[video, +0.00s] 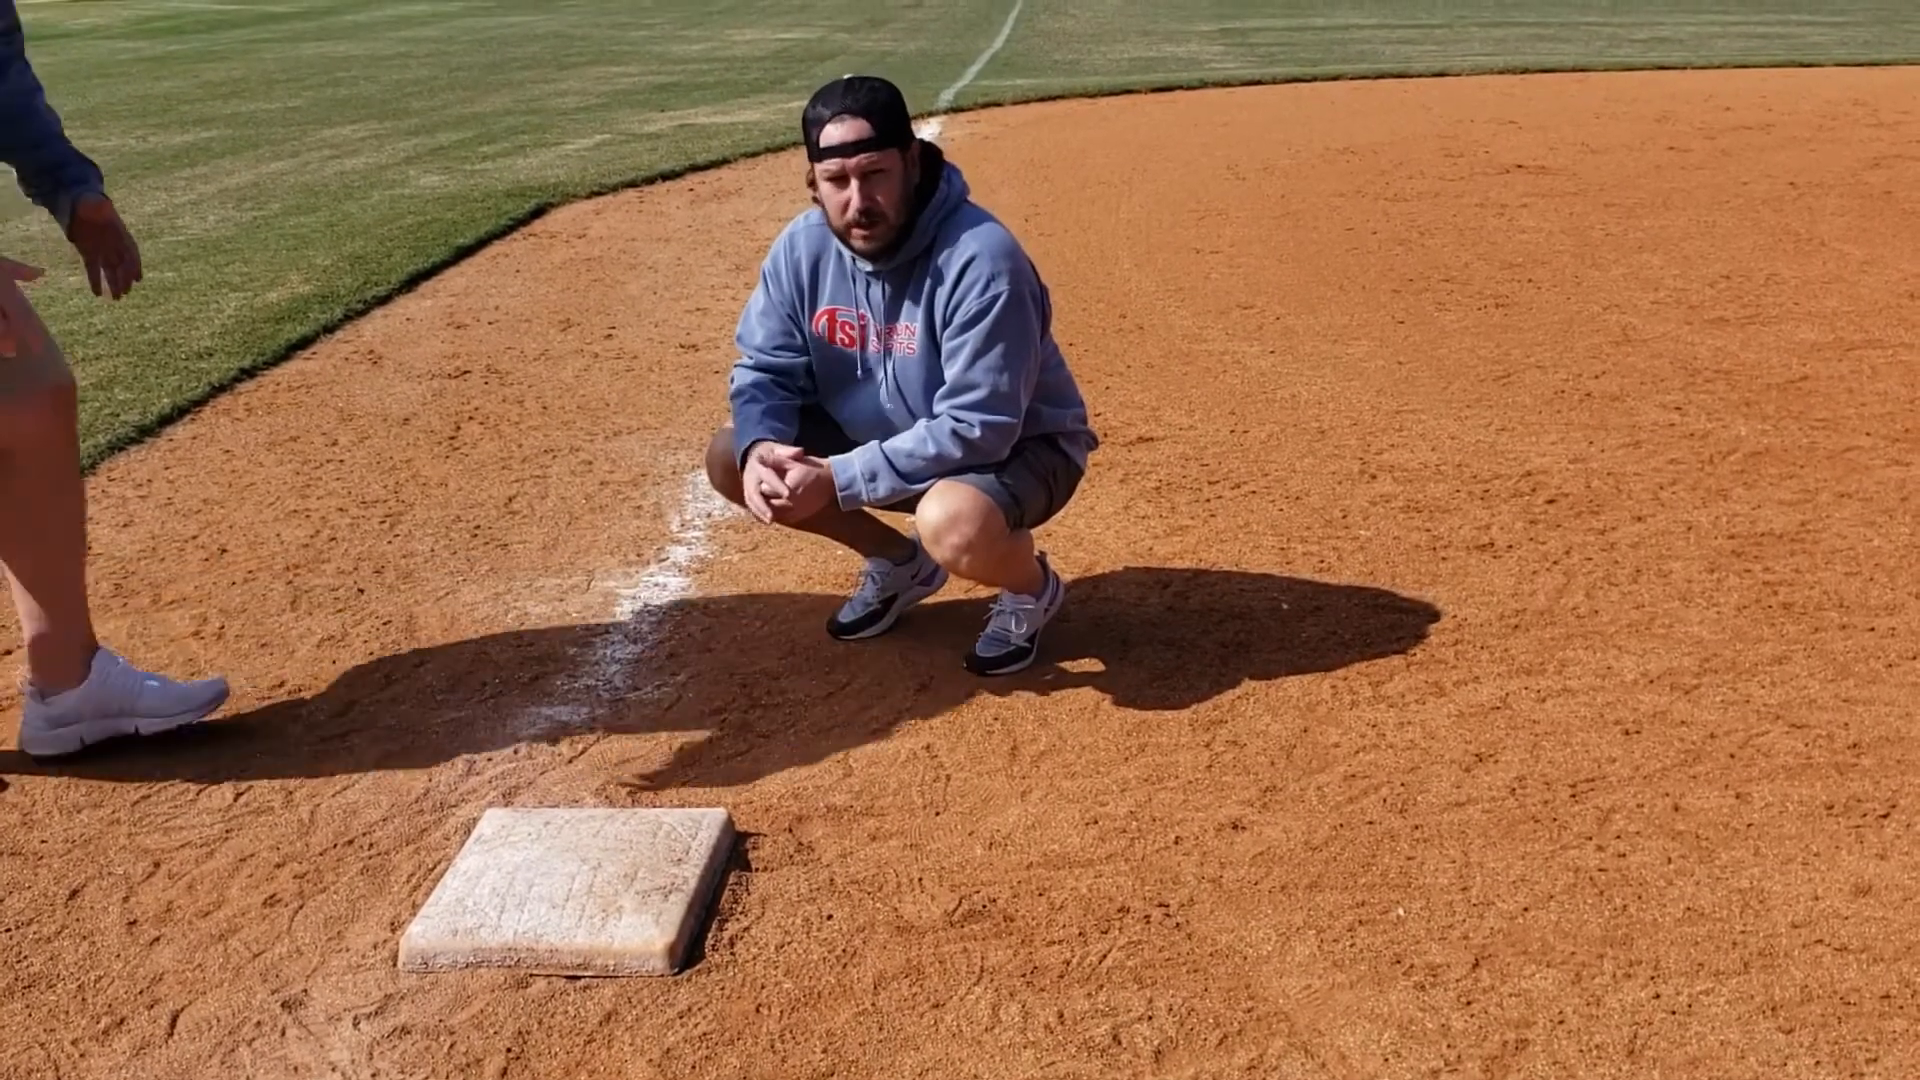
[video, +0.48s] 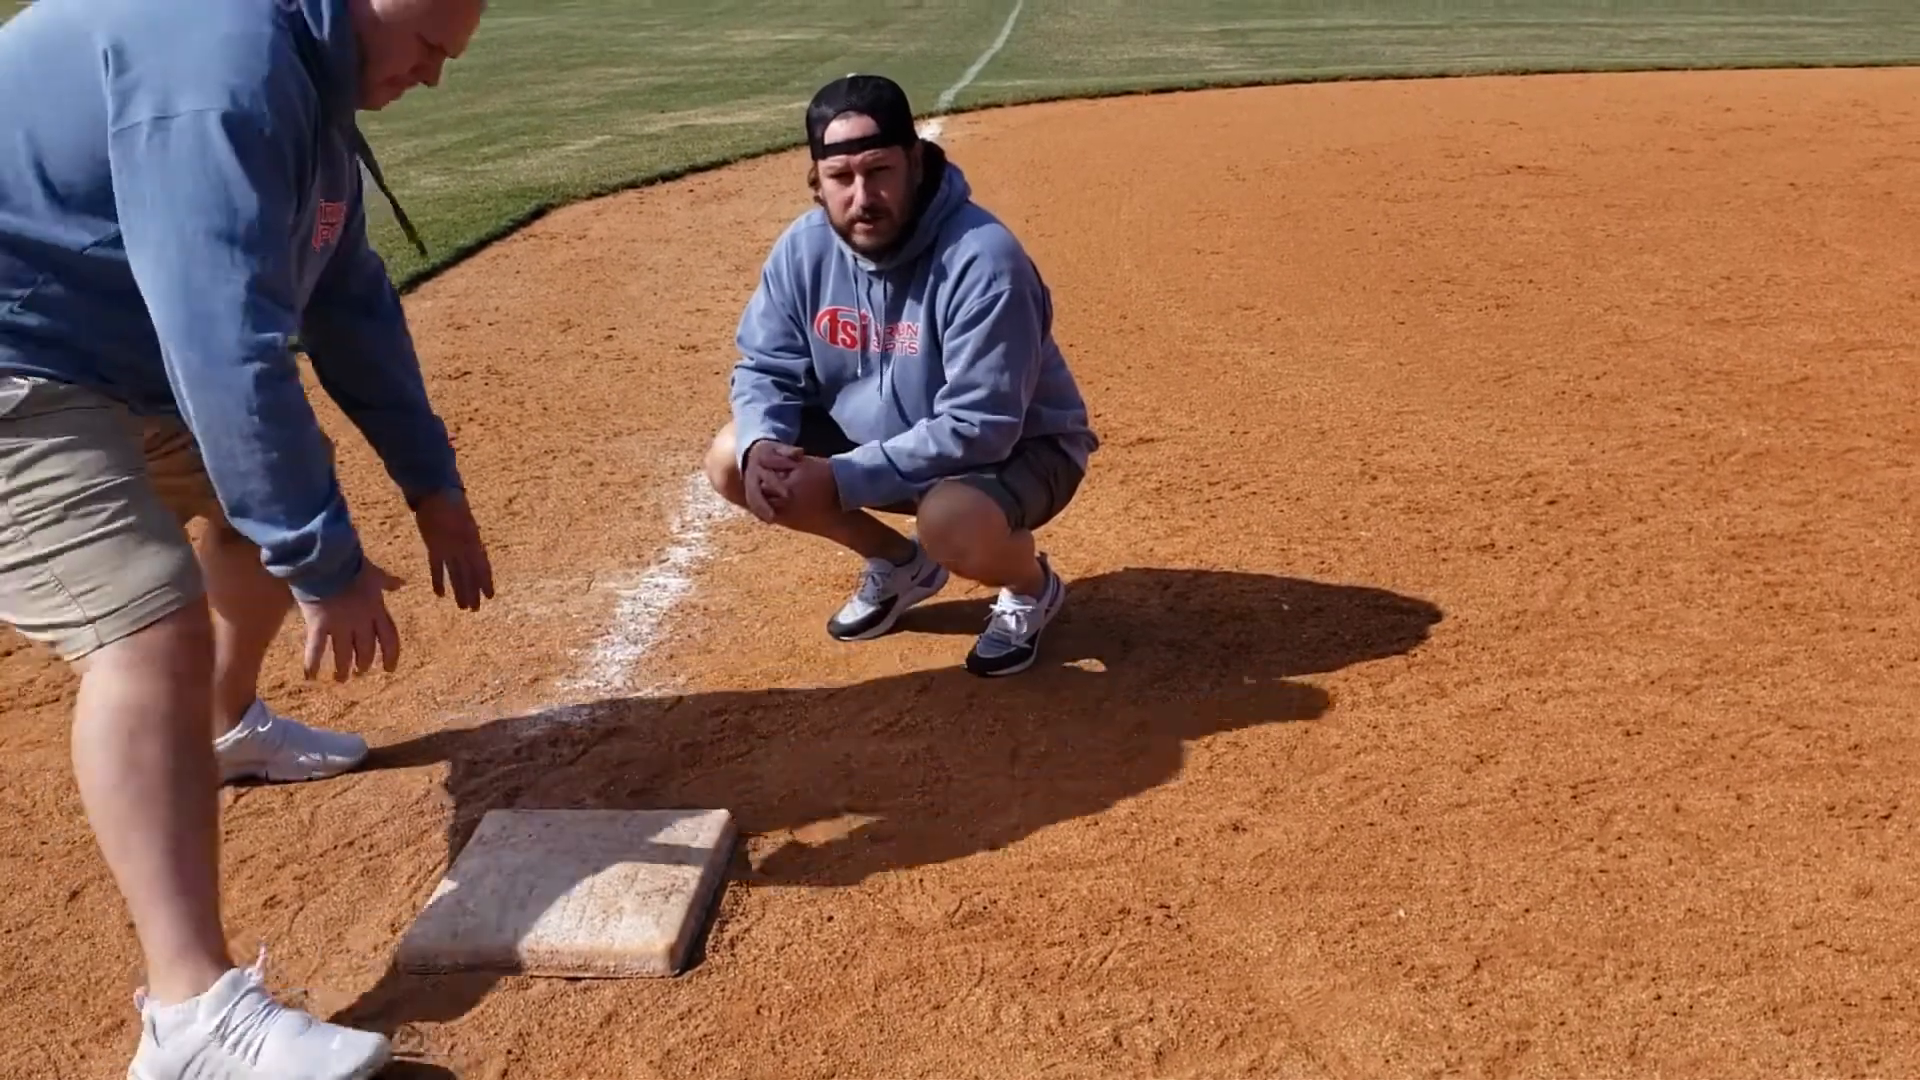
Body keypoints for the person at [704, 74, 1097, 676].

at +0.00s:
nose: (858, 201)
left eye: (875, 174)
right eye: (836, 179)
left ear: (914, 162)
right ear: (814, 182)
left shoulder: (982, 263)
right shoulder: (801, 250)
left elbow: (977, 429)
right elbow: (764, 368)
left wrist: (840, 480)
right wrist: (762, 446)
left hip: (1023, 445)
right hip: (891, 439)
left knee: (951, 524)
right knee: (732, 459)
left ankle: (1033, 590)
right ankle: (899, 561)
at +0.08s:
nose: (860, 201)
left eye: (877, 174)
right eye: (837, 178)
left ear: (915, 163)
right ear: (814, 182)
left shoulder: (982, 264)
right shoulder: (801, 250)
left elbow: (977, 430)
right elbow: (765, 369)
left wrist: (840, 480)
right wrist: (761, 445)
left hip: (1022, 446)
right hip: (890, 440)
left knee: (951, 524)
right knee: (733, 460)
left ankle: (1033, 590)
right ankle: (899, 561)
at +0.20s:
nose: (861, 199)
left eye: (878, 172)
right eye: (838, 177)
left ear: (916, 163)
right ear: (816, 181)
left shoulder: (982, 263)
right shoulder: (802, 249)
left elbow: (980, 429)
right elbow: (766, 367)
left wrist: (838, 482)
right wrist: (764, 442)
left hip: (1024, 446)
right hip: (890, 441)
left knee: (952, 524)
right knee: (734, 461)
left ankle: (1034, 589)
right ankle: (900, 561)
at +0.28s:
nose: (861, 199)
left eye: (878, 172)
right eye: (839, 177)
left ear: (916, 162)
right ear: (816, 182)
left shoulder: (983, 264)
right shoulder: (802, 250)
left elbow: (980, 429)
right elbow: (767, 367)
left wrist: (838, 482)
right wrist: (767, 443)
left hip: (1023, 446)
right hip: (889, 440)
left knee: (954, 526)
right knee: (734, 463)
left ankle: (1034, 589)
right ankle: (900, 562)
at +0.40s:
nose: (861, 198)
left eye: (878, 171)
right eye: (839, 177)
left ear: (917, 162)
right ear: (817, 182)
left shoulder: (983, 262)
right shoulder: (803, 249)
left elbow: (980, 428)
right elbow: (766, 365)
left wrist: (839, 481)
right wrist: (765, 441)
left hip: (1023, 447)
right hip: (887, 441)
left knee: (952, 524)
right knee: (734, 461)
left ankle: (1034, 589)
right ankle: (899, 561)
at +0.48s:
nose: (862, 198)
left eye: (879, 171)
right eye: (840, 177)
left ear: (917, 162)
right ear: (817, 181)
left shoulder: (983, 263)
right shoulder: (804, 249)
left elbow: (979, 429)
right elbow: (766, 365)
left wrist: (839, 481)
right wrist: (765, 442)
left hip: (1023, 446)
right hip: (885, 437)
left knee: (952, 524)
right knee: (734, 461)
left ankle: (1034, 589)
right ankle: (899, 562)